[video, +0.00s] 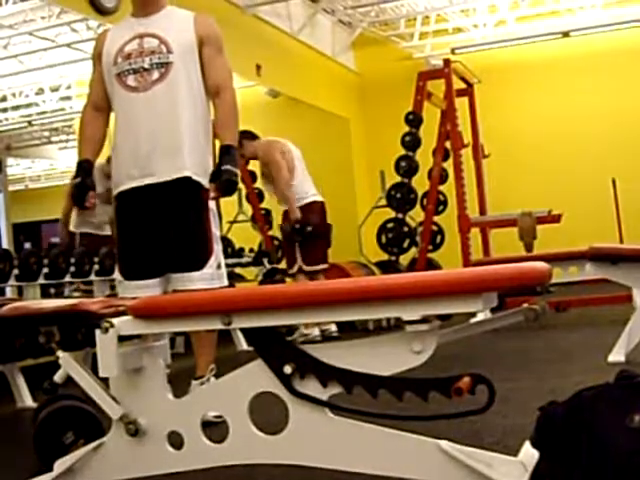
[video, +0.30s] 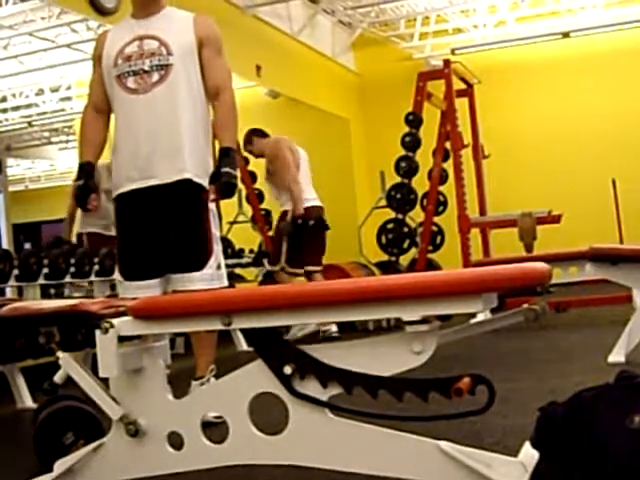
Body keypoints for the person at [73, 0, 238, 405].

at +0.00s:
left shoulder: (199, 27)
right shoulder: (107, 40)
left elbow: (222, 92)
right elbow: (97, 108)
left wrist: (229, 155)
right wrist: (84, 169)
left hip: (187, 174)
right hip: (132, 181)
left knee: (199, 287)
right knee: (141, 294)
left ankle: (205, 381)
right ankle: (150, 387)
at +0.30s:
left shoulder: (199, 28)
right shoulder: (107, 40)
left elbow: (221, 95)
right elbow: (98, 109)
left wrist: (228, 159)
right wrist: (86, 169)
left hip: (187, 177)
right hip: (131, 182)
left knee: (199, 290)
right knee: (140, 296)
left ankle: (206, 380)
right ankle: (148, 387)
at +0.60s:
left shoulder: (202, 32)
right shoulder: (108, 40)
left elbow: (223, 96)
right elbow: (98, 109)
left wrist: (229, 159)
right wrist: (89, 173)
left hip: (190, 178)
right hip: (133, 183)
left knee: (201, 289)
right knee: (143, 297)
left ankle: (205, 381)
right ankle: (148, 388)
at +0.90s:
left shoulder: (209, 34)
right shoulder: (114, 40)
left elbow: (230, 101)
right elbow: (101, 108)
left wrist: (239, 165)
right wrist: (94, 169)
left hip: (195, 179)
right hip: (137, 183)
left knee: (203, 292)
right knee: (140, 298)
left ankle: (204, 384)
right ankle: (145, 387)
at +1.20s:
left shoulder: (210, 31)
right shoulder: (118, 39)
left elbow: (255, 89)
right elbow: (105, 108)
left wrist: (231, 153)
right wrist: (100, 171)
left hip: (198, 179)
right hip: (138, 183)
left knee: (204, 296)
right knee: (142, 300)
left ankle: (204, 386)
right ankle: (148, 390)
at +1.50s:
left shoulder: (212, 29)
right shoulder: (118, 37)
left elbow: (255, 81)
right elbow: (106, 106)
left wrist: (227, 130)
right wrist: (98, 172)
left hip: (197, 176)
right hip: (139, 179)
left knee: (202, 293)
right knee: (141, 297)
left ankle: (204, 385)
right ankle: (148, 388)